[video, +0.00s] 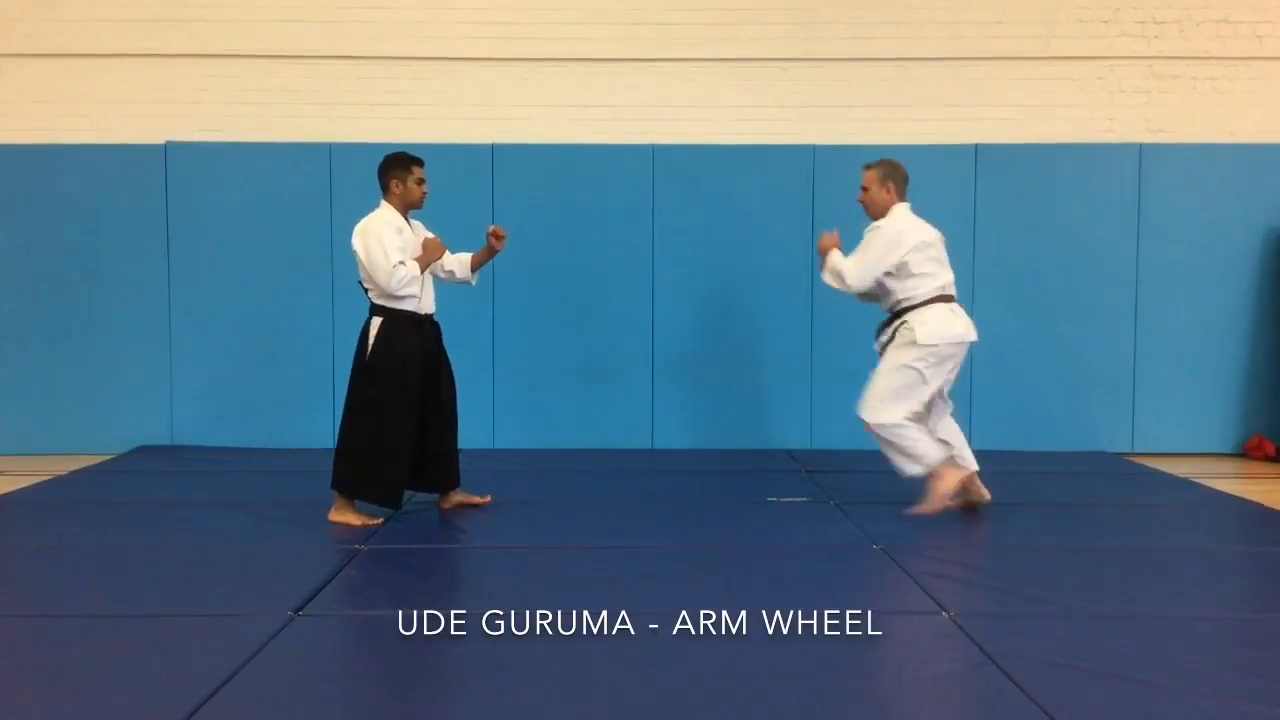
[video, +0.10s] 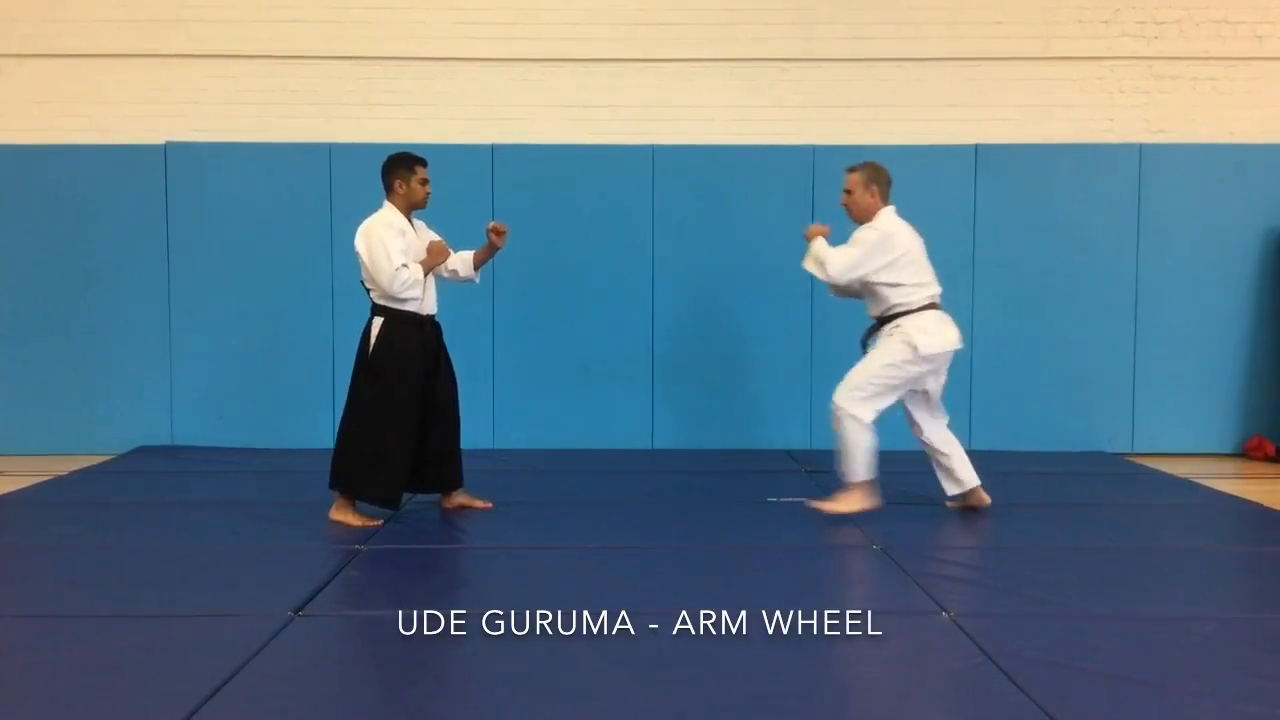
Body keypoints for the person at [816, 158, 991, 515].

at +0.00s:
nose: (860, 197)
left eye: (866, 190)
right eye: (861, 190)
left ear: (889, 191)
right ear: (892, 192)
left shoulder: (891, 227)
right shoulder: (921, 226)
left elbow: (853, 277)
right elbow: (885, 291)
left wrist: (832, 255)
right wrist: (837, 268)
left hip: (925, 330)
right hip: (953, 327)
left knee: (879, 411)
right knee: (931, 410)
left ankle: (942, 471)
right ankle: (969, 481)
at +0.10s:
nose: (844, 200)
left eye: (849, 193)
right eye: (844, 193)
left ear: (873, 194)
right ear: (876, 196)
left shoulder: (880, 231)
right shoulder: (900, 227)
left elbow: (837, 268)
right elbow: (871, 287)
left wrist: (817, 241)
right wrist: (836, 281)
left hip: (912, 334)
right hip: (937, 330)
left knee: (850, 401)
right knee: (926, 417)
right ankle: (970, 490)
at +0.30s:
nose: (795, 189)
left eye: (800, 180)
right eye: (795, 181)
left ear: (825, 180)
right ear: (826, 183)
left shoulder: (831, 220)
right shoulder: (855, 220)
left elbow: (787, 239)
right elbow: (880, 263)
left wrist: (781, 190)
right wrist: (838, 265)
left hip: (838, 335)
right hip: (853, 329)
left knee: (794, 411)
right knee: (874, 412)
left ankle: (794, 505)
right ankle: (938, 470)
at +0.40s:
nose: (764, 179)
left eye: (771, 172)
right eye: (766, 172)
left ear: (795, 177)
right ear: (796, 179)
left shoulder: (804, 221)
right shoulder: (824, 218)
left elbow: (757, 250)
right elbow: (862, 251)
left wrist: (756, 203)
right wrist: (831, 275)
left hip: (807, 335)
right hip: (815, 332)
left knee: (772, 417)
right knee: (800, 418)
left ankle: (790, 508)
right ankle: (854, 457)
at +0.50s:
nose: (739, 184)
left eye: (746, 176)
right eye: (739, 176)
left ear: (770, 177)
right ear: (765, 179)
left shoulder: (783, 224)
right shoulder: (781, 221)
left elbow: (749, 272)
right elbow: (820, 262)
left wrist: (722, 238)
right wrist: (774, 279)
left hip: (787, 338)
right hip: (760, 336)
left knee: (762, 417)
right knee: (709, 398)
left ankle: (790, 508)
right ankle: (740, 477)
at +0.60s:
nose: (708, 183)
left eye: (715, 175)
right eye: (708, 176)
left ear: (741, 177)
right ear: (728, 180)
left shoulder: (766, 229)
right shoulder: (725, 228)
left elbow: (750, 282)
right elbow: (728, 271)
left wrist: (701, 295)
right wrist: (701, 252)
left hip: (758, 338)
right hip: (723, 336)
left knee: (752, 425)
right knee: (668, 401)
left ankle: (789, 509)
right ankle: (634, 485)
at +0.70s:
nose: (673, 184)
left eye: (679, 176)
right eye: (672, 177)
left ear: (705, 180)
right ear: (691, 182)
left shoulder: (743, 230)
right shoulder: (673, 227)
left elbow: (760, 282)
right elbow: (635, 237)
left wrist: (741, 322)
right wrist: (606, 222)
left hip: (725, 334)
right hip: (684, 334)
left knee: (737, 425)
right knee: (634, 409)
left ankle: (787, 502)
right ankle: (584, 482)